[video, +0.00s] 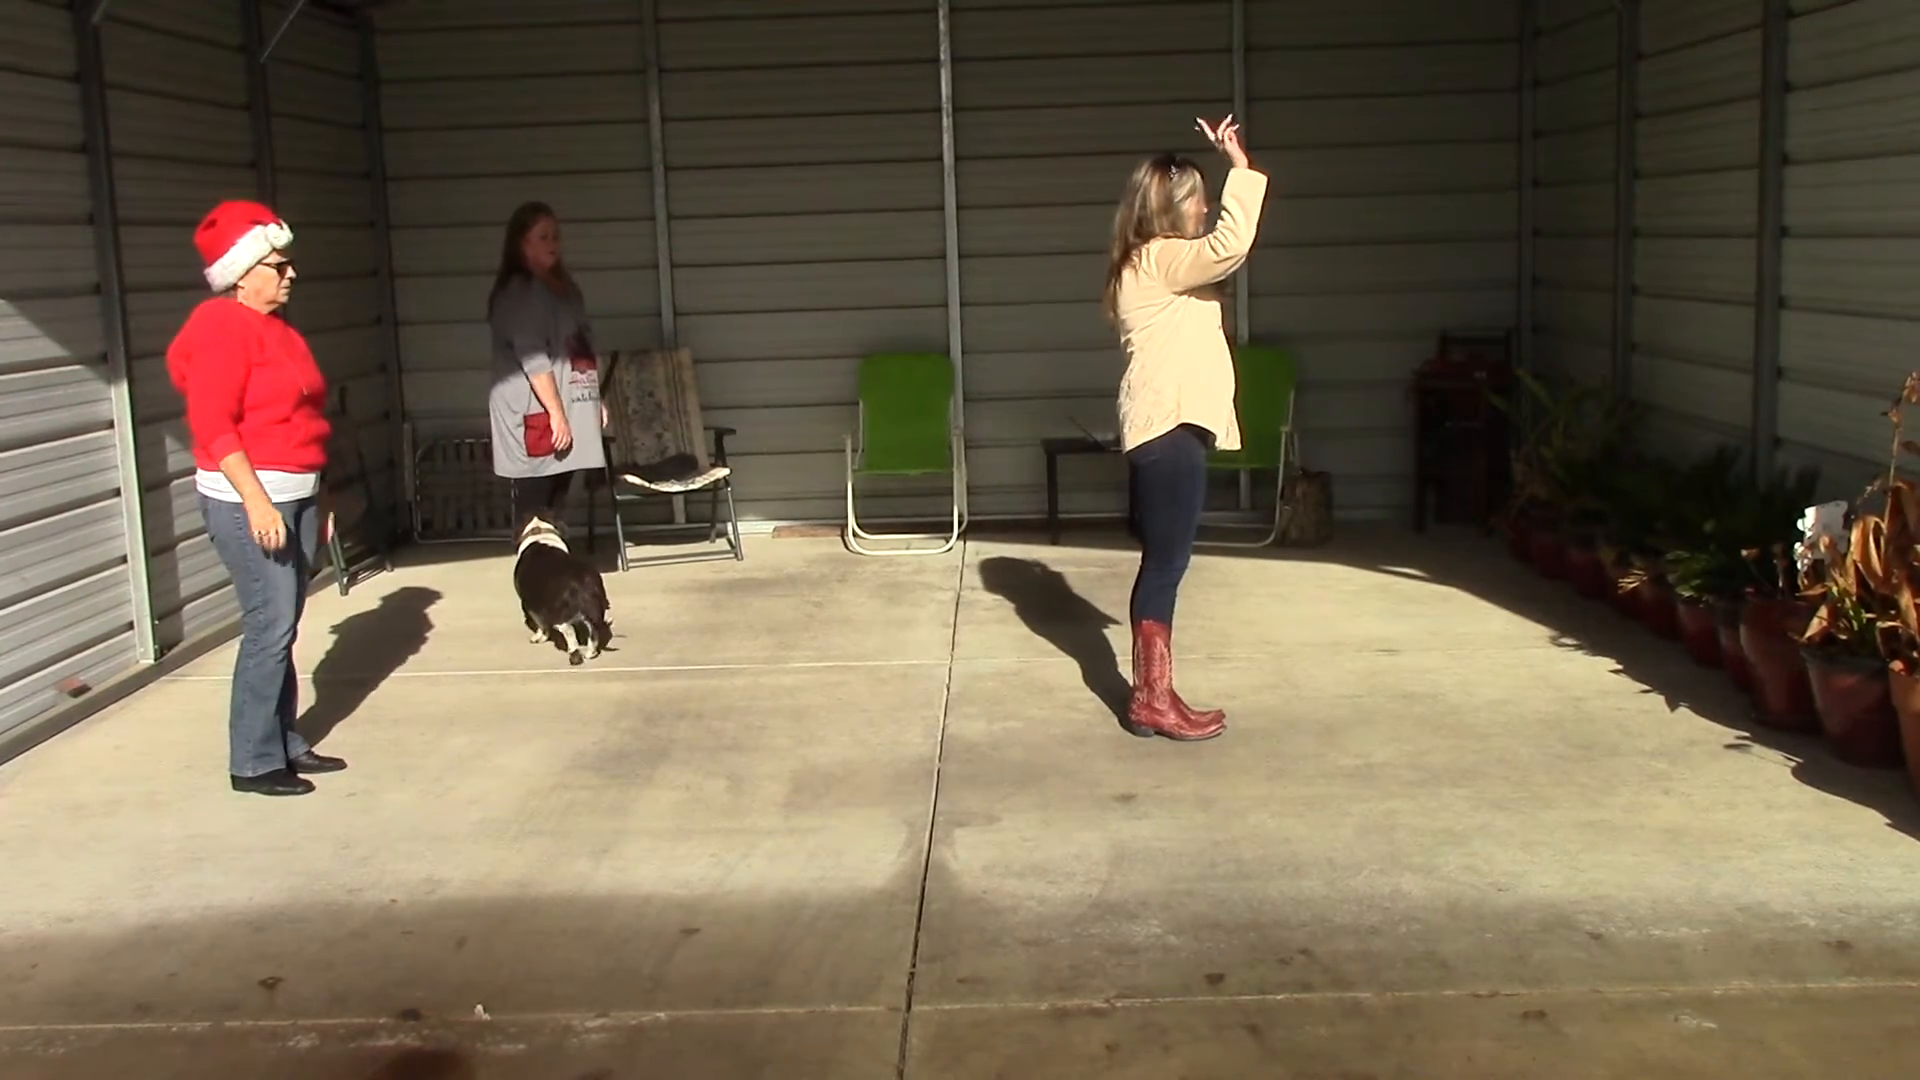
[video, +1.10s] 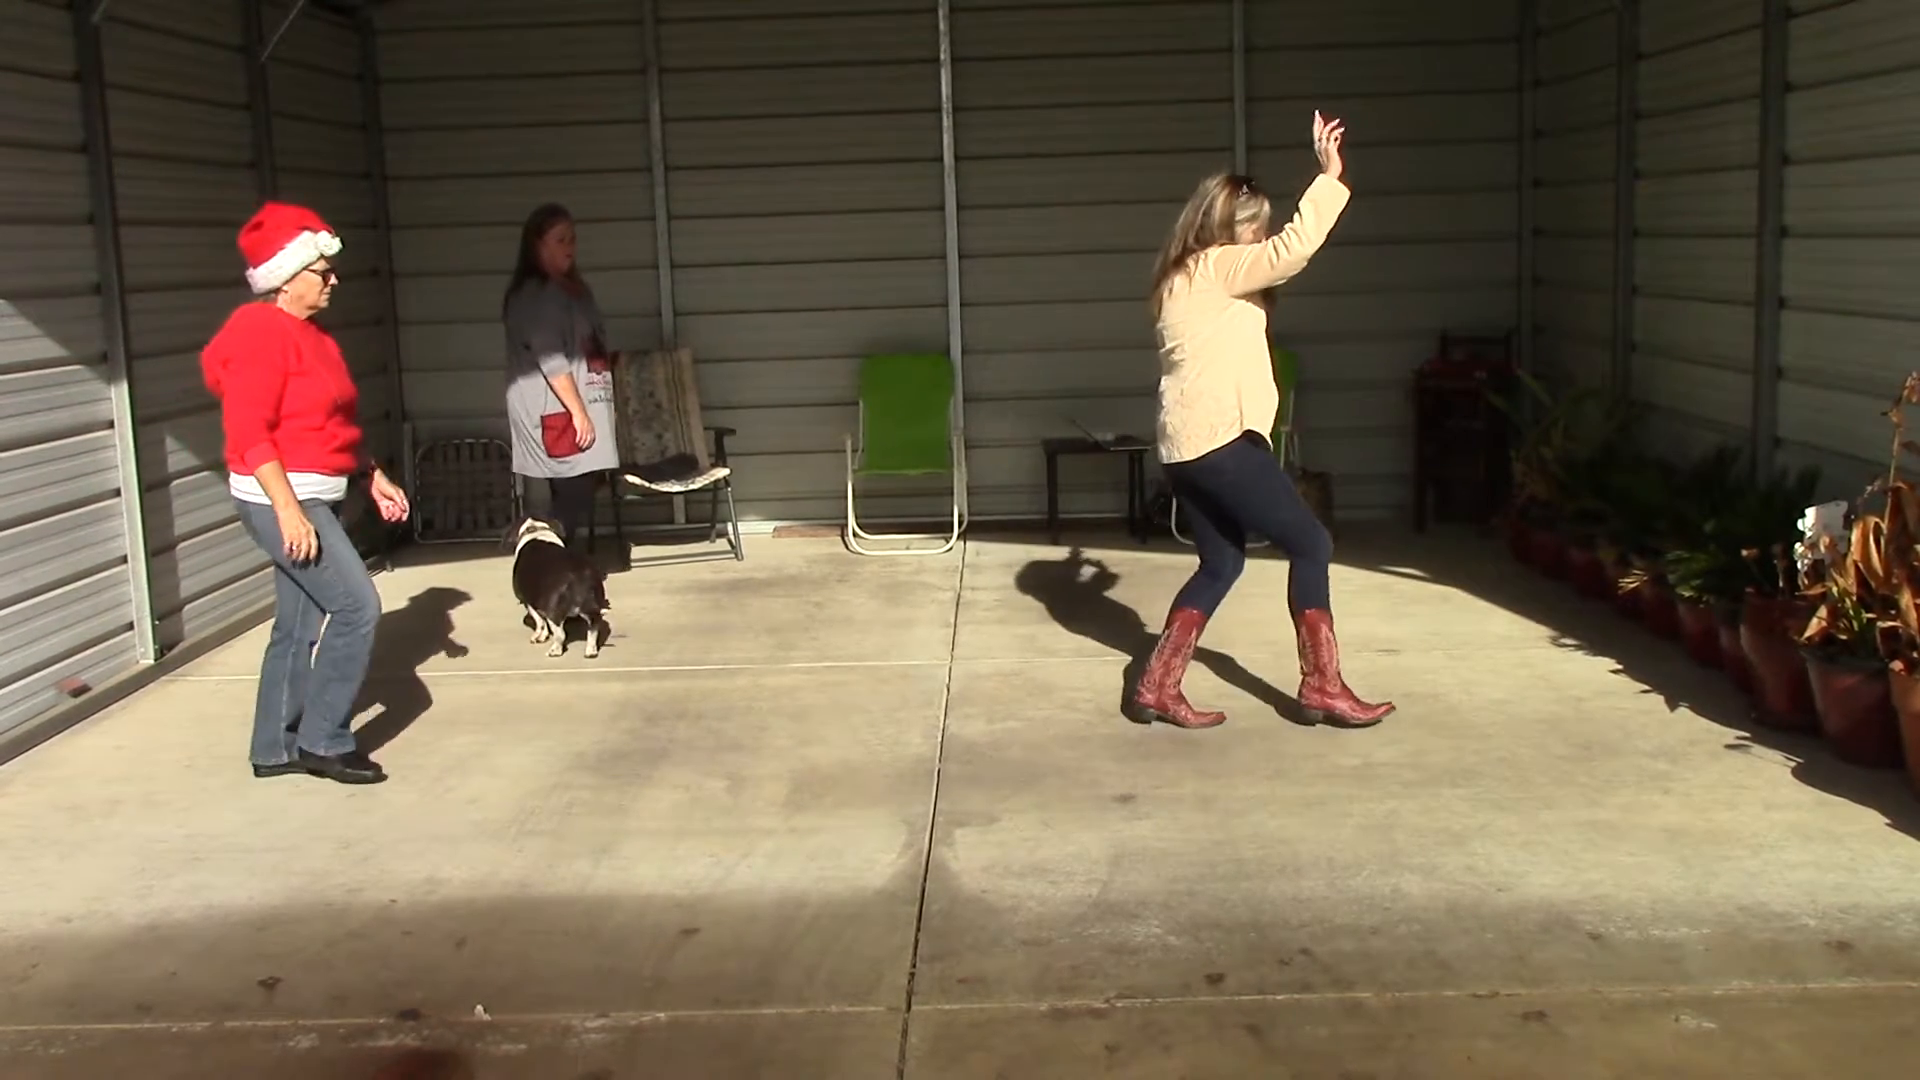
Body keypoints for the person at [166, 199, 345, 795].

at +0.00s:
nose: (289, 275)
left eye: (287, 265)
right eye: (278, 266)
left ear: (255, 272)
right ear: (242, 273)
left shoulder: (275, 328)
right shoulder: (219, 326)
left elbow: (295, 422)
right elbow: (212, 426)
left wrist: (318, 500)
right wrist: (255, 500)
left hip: (293, 497)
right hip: (246, 498)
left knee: (282, 625)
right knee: (270, 623)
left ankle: (283, 743)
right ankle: (252, 762)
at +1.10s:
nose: (332, 281)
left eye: (331, 271)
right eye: (322, 272)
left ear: (296, 278)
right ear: (284, 278)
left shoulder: (310, 334)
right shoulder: (256, 333)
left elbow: (329, 419)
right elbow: (247, 433)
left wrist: (370, 472)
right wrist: (287, 507)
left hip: (315, 496)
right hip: (281, 498)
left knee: (296, 625)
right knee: (356, 605)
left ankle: (276, 747)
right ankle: (324, 740)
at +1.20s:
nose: (346, 280)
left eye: (344, 270)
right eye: (335, 271)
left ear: (316, 279)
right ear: (298, 279)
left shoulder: (326, 335)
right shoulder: (270, 332)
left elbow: (350, 421)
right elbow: (259, 431)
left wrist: (399, 468)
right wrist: (294, 512)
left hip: (327, 496)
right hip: (294, 498)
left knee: (302, 629)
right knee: (377, 604)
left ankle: (275, 749)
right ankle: (382, 749)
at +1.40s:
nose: (378, 285)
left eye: (377, 275)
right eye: (367, 276)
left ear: (347, 284)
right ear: (331, 284)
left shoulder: (353, 340)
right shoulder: (307, 339)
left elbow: (376, 429)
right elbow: (297, 435)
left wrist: (420, 480)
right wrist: (329, 517)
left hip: (368, 501)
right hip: (340, 505)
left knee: (365, 627)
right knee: (408, 615)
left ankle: (290, 732)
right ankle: (424, 755)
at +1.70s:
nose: (398, 287)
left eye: (395, 277)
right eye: (387, 278)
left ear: (362, 285)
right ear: (350, 286)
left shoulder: (368, 338)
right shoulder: (328, 338)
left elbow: (387, 428)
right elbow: (329, 437)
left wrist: (419, 500)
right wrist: (380, 508)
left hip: (387, 500)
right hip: (346, 505)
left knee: (430, 611)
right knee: (421, 615)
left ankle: (342, 710)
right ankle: (428, 756)